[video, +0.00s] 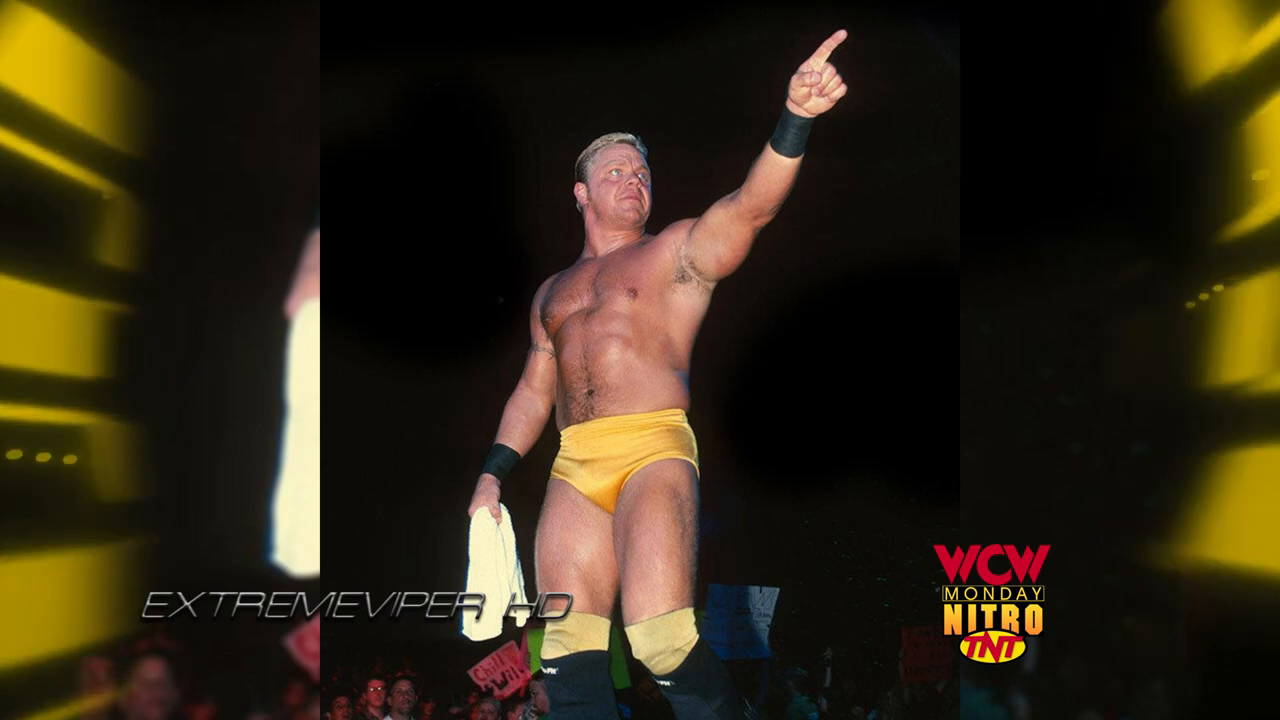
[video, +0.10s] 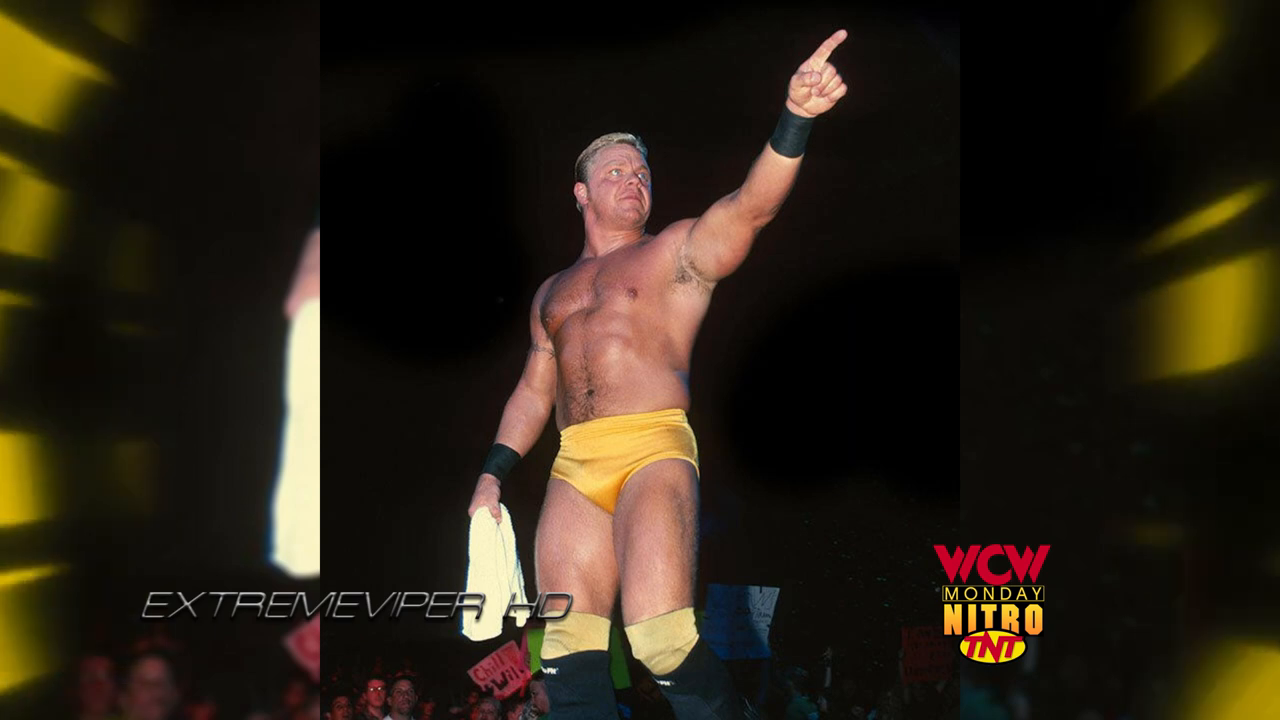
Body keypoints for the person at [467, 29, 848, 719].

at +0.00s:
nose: (632, 179)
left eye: (640, 172)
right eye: (615, 170)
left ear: (650, 194)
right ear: (581, 193)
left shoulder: (680, 254)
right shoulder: (552, 296)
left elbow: (753, 203)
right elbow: (534, 394)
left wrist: (797, 116)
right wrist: (490, 478)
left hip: (656, 448)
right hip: (575, 462)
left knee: (660, 636)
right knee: (568, 646)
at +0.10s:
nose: (632, 179)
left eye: (640, 172)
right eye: (615, 170)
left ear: (650, 194)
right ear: (581, 193)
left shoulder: (680, 254)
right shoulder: (552, 296)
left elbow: (753, 203)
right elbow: (534, 394)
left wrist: (797, 116)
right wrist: (490, 478)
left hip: (656, 448)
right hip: (575, 462)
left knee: (660, 636)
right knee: (568, 646)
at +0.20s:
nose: (632, 179)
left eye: (640, 172)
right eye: (615, 170)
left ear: (650, 194)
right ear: (581, 193)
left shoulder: (680, 254)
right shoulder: (552, 296)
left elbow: (753, 203)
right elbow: (534, 394)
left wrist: (797, 116)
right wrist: (490, 478)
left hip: (656, 448)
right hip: (575, 462)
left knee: (660, 636)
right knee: (568, 646)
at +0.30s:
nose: (632, 179)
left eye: (640, 172)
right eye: (615, 170)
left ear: (650, 194)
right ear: (581, 193)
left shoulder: (680, 254)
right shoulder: (552, 296)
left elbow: (753, 203)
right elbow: (534, 394)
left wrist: (797, 116)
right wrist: (490, 478)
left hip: (656, 448)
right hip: (575, 462)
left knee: (660, 636)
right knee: (568, 646)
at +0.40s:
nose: (632, 179)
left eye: (640, 172)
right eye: (615, 170)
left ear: (650, 194)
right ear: (581, 193)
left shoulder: (680, 254)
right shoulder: (552, 296)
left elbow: (753, 203)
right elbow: (534, 394)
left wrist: (797, 116)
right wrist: (490, 478)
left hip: (656, 448)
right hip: (575, 462)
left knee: (660, 636)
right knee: (568, 646)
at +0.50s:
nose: (632, 179)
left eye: (640, 172)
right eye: (615, 170)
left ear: (650, 194)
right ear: (581, 193)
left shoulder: (680, 254)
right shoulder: (552, 296)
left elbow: (753, 203)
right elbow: (534, 394)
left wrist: (797, 116)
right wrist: (490, 478)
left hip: (656, 448)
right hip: (575, 462)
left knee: (660, 636)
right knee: (568, 646)